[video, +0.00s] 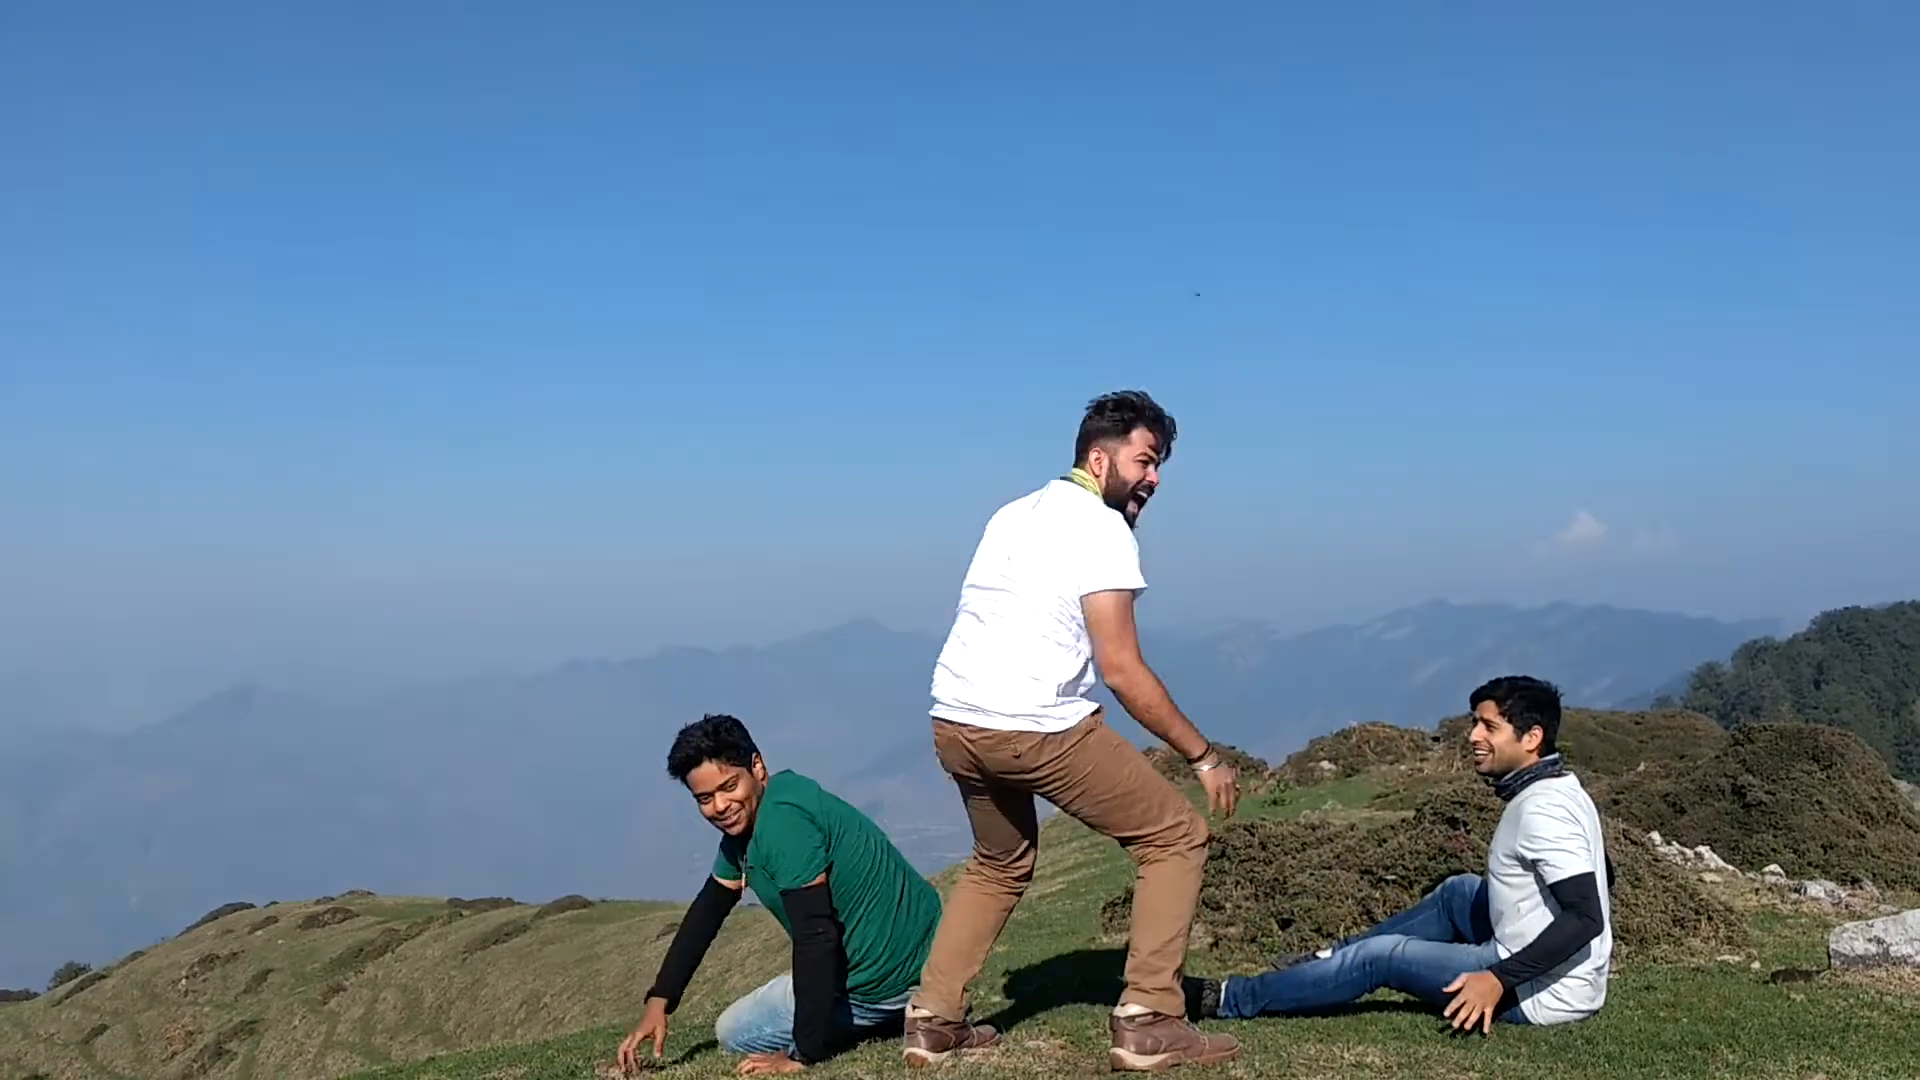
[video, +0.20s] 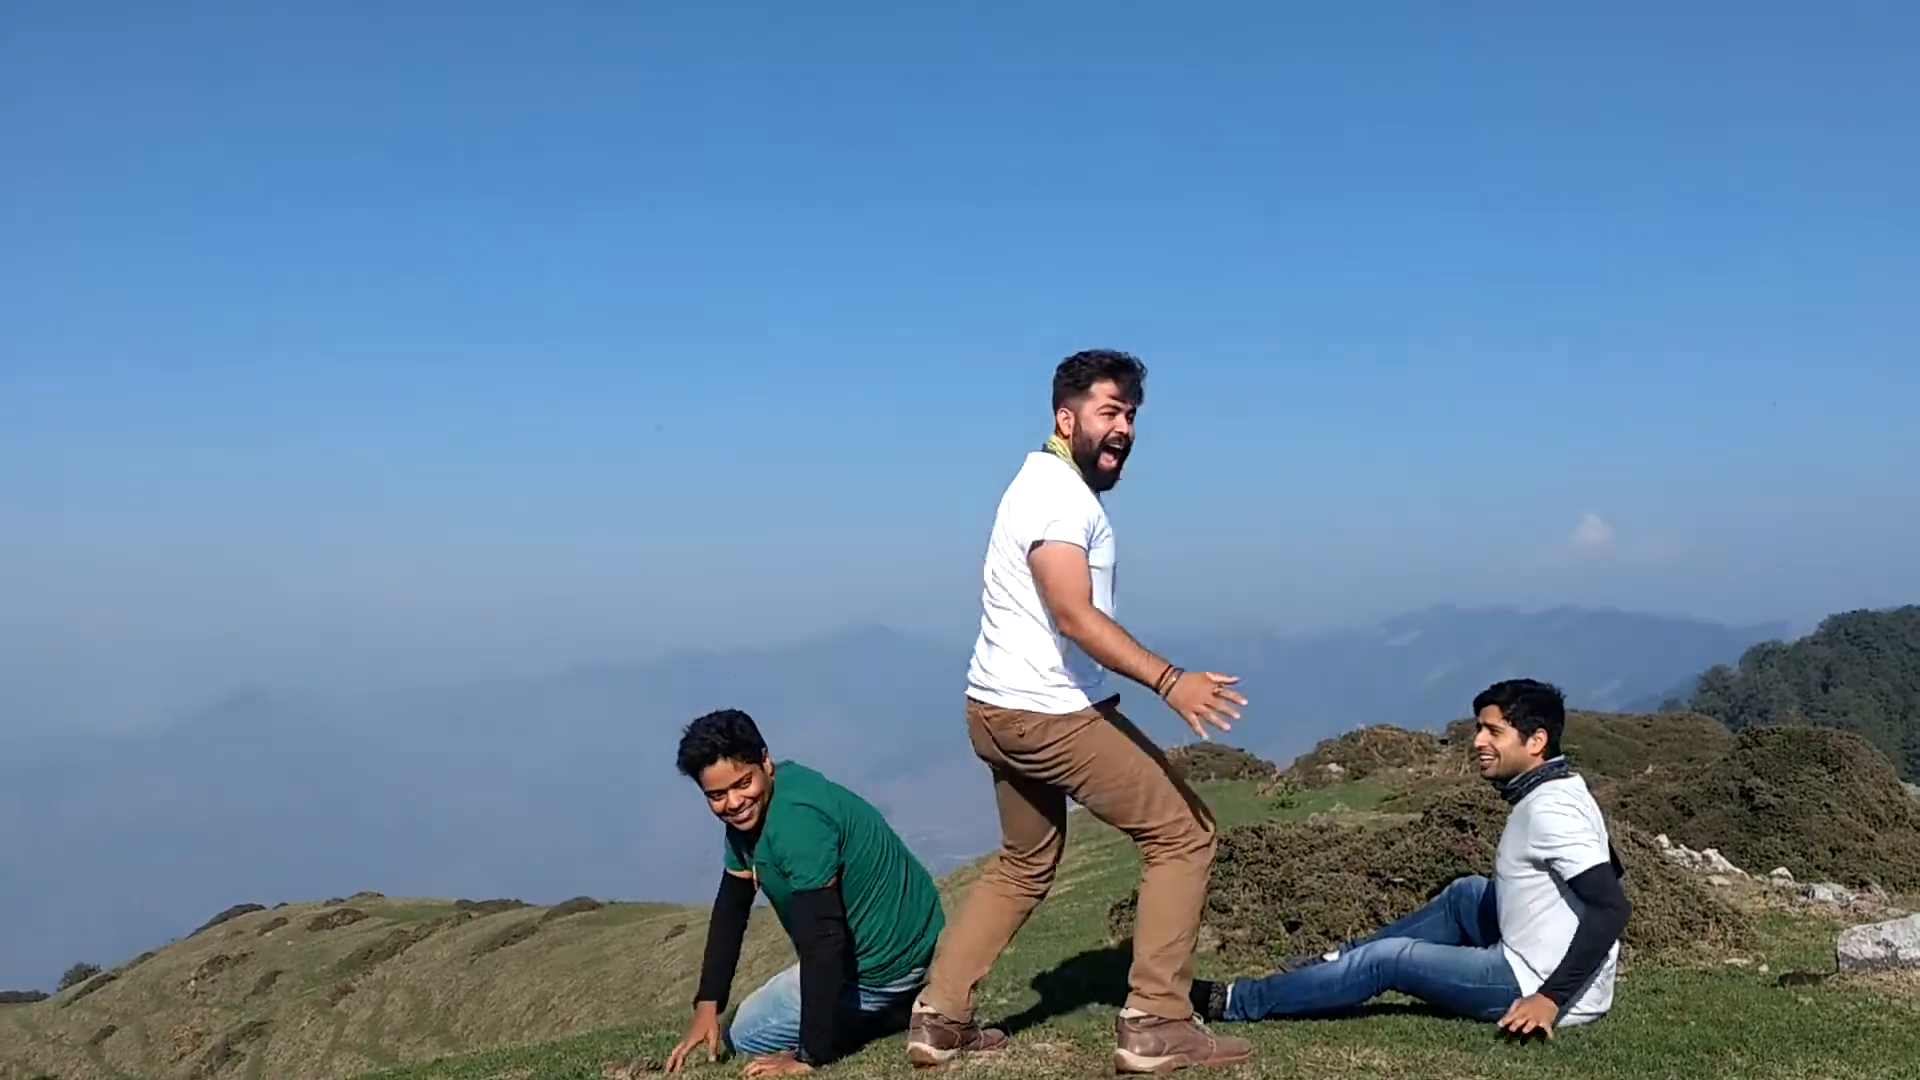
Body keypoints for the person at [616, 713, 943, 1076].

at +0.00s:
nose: (719, 807)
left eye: (728, 786)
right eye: (704, 798)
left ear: (758, 769)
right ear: (694, 798)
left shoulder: (779, 821)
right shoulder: (746, 828)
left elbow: (818, 937)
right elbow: (705, 914)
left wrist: (805, 1056)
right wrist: (658, 1003)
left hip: (879, 988)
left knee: (734, 1030)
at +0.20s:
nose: (733, 803)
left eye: (743, 783)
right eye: (717, 794)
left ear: (767, 764)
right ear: (704, 793)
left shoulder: (794, 821)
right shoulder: (749, 812)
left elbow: (824, 943)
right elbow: (731, 909)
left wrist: (810, 1055)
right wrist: (707, 1005)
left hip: (879, 972)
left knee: (744, 1036)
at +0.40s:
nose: (748, 808)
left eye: (758, 788)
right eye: (731, 800)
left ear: (776, 768)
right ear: (715, 798)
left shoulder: (812, 826)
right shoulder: (739, 817)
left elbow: (835, 946)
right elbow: (742, 914)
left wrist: (820, 1061)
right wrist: (736, 1013)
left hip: (885, 946)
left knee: (764, 1038)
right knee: (762, 904)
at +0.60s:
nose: (758, 810)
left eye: (765, 791)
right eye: (740, 804)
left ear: (778, 770)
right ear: (718, 800)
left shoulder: (819, 810)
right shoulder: (725, 815)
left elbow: (836, 937)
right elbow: (736, 911)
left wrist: (817, 1055)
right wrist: (735, 1013)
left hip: (892, 901)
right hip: (827, 883)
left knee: (783, 1037)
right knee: (721, 898)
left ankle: (908, 978)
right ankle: (816, 989)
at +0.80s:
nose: (774, 816)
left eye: (784, 798)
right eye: (757, 806)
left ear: (800, 781)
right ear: (736, 799)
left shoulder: (836, 812)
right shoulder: (730, 816)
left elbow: (843, 940)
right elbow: (737, 923)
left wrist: (817, 1056)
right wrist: (732, 1019)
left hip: (889, 877)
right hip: (814, 883)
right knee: (699, 937)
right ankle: (819, 993)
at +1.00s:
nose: (804, 796)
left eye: (815, 781)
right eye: (788, 785)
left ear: (830, 770)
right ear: (765, 779)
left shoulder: (861, 802)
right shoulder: (749, 805)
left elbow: (864, 923)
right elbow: (746, 913)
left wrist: (810, 1019)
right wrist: (731, 1020)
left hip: (873, 880)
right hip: (800, 896)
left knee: (970, 928)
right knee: (717, 956)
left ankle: (876, 983)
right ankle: (839, 998)